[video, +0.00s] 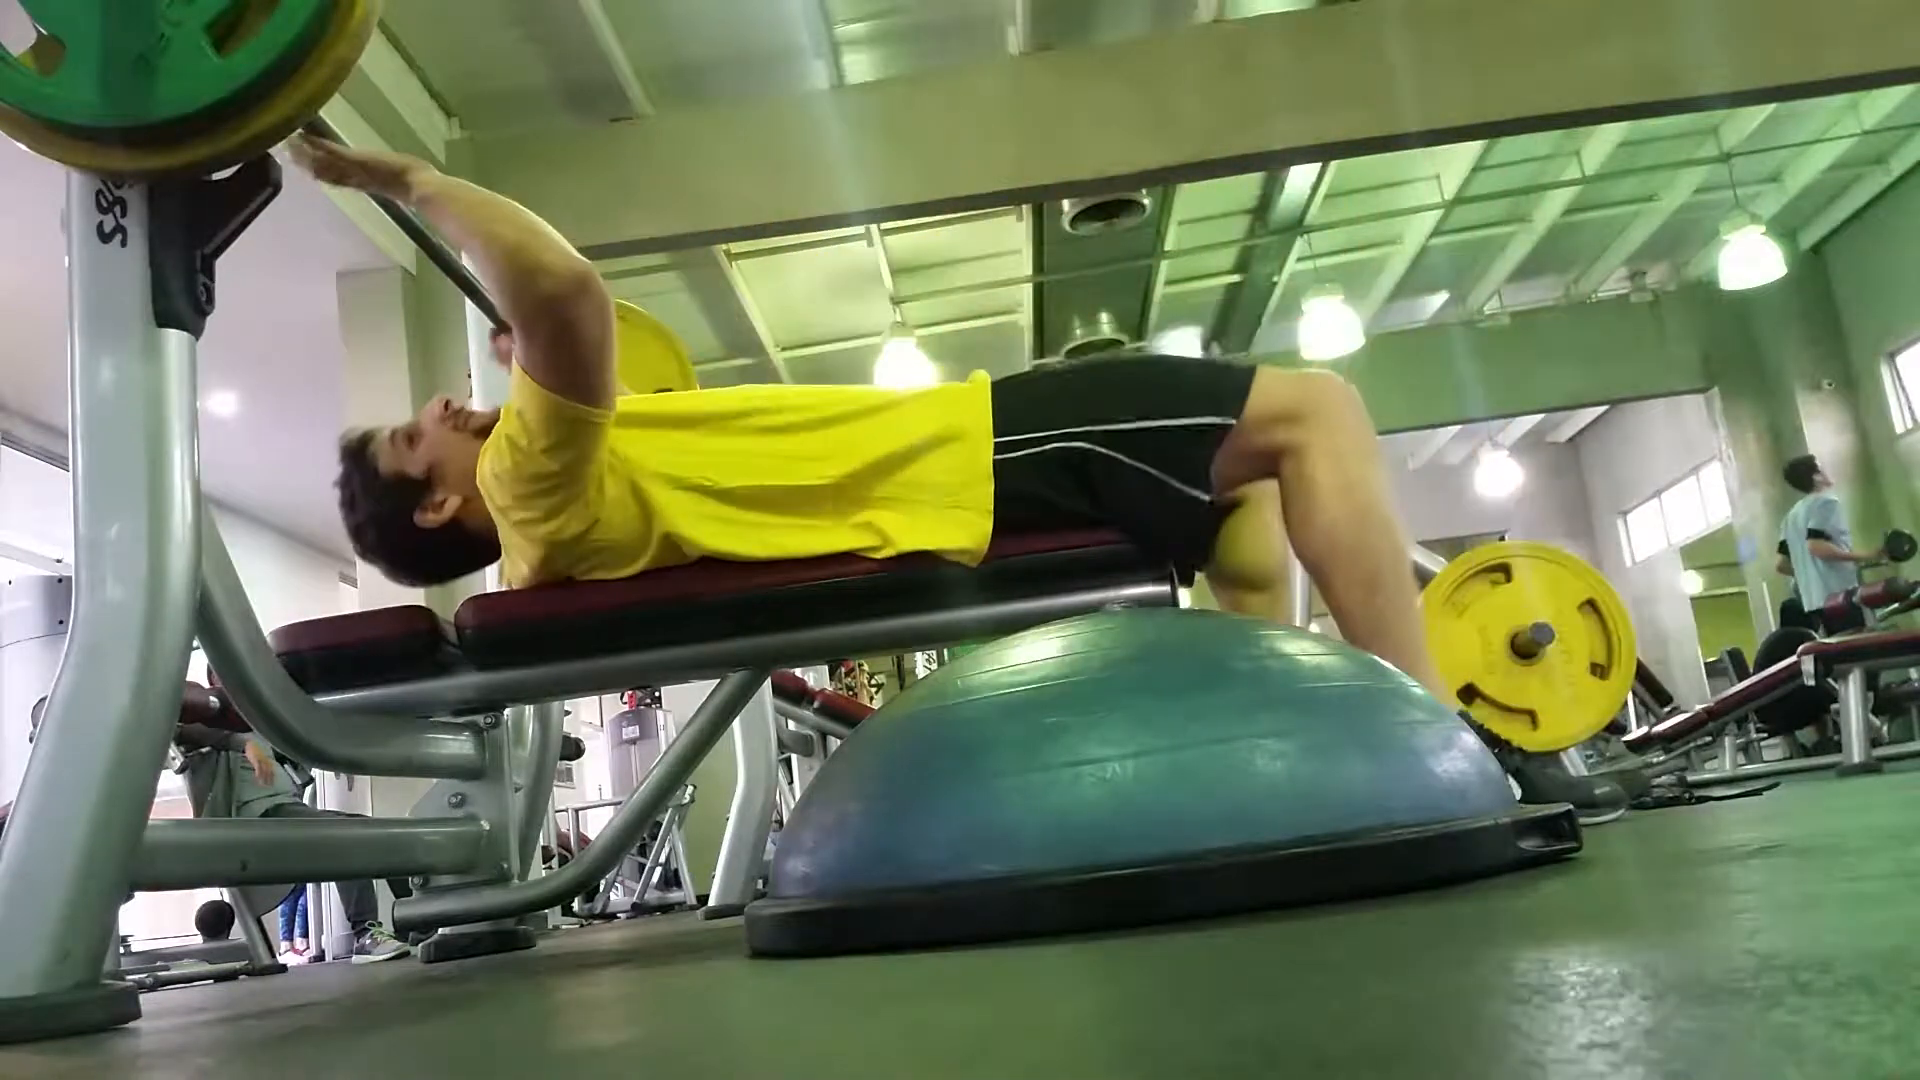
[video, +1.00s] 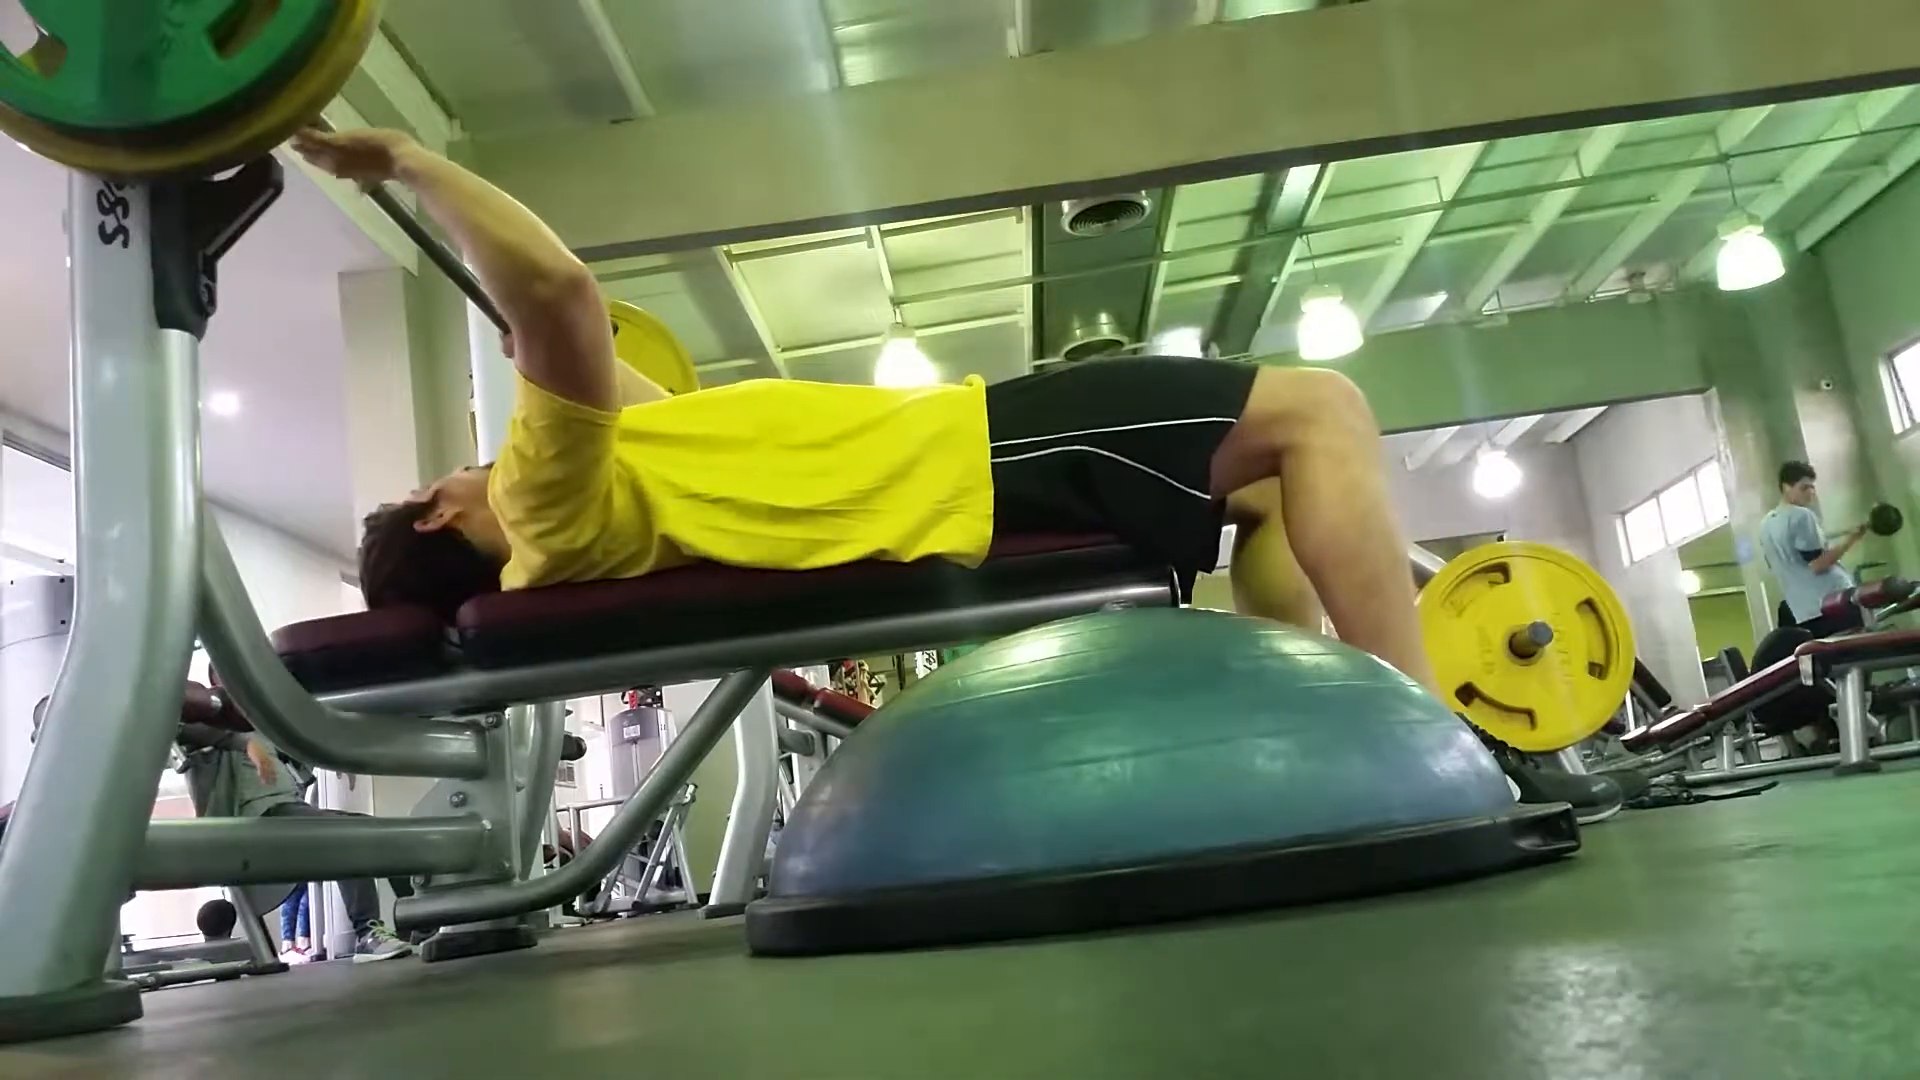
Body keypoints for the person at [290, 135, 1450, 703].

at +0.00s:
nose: (454, 399)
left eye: (431, 402)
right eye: (430, 423)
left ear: (457, 440)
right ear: (437, 497)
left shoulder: (563, 466)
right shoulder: (537, 495)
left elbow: (615, 334)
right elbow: (556, 290)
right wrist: (387, 178)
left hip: (949, 463)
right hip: (954, 459)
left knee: (1245, 518)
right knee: (1311, 409)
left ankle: (1258, 766)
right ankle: (1435, 744)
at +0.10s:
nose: (450, 414)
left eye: (430, 420)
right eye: (426, 438)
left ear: (454, 494)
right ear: (439, 512)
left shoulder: (559, 491)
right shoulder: (542, 509)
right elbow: (562, 301)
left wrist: (807, 671)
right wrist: (407, 180)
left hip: (950, 470)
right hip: (951, 451)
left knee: (1247, 510)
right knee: (1307, 402)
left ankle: (1248, 779)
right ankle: (1438, 745)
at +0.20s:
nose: (437, 421)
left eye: (415, 431)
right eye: (417, 449)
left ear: (451, 484)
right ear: (433, 527)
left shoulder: (565, 475)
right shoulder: (542, 509)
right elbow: (552, 299)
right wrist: (392, 167)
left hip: (949, 464)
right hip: (954, 451)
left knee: (1251, 500)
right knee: (1306, 408)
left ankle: (1247, 767)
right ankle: (1435, 749)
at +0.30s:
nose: (430, 429)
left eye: (407, 440)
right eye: (412, 454)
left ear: (444, 482)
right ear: (430, 528)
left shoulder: (565, 467)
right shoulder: (541, 516)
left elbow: (571, 309)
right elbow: (545, 299)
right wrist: (397, 171)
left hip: (951, 449)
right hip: (953, 458)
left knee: (1250, 488)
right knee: (1306, 407)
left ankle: (1235, 758)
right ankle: (1428, 748)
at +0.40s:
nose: (429, 438)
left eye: (407, 450)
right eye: (413, 466)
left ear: (448, 484)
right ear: (436, 535)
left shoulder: (561, 474)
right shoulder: (545, 518)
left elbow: (566, 316)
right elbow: (552, 301)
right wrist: (401, 173)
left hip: (955, 451)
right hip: (962, 460)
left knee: (1250, 480)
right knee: (1306, 407)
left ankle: (1246, 758)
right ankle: (1425, 748)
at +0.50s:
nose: (435, 441)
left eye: (412, 451)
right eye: (418, 467)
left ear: (447, 484)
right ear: (437, 536)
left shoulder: (565, 480)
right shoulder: (547, 521)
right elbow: (555, 297)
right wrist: (400, 171)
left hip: (957, 461)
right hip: (964, 455)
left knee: (1251, 488)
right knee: (1306, 408)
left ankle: (1259, 762)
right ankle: (1433, 748)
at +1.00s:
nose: (462, 457)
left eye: (442, 462)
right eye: (449, 474)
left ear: (460, 516)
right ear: (461, 522)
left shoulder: (578, 505)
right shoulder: (558, 511)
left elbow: (740, 603)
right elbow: (555, 293)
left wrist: (827, 674)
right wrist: (398, 160)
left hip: (971, 464)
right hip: (982, 450)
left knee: (1271, 459)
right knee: (1314, 409)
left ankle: (1315, 740)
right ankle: (1426, 756)